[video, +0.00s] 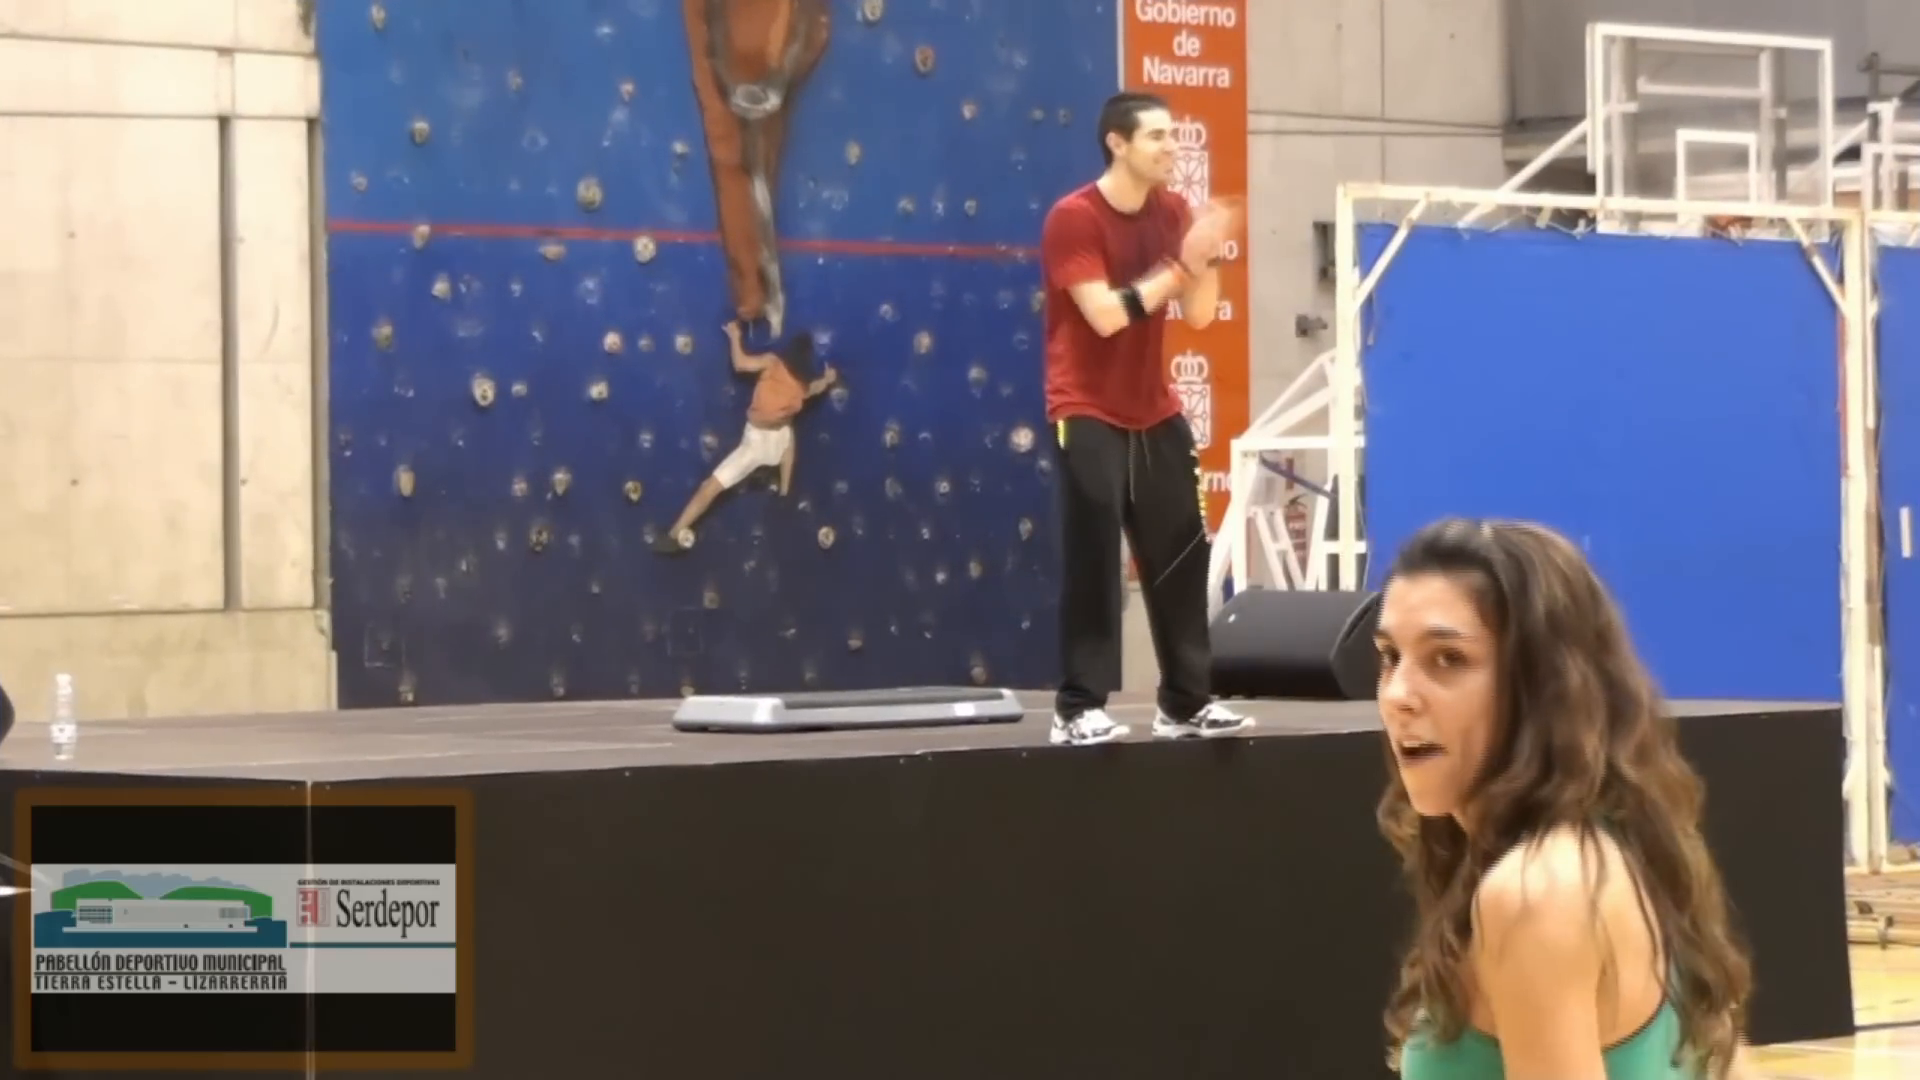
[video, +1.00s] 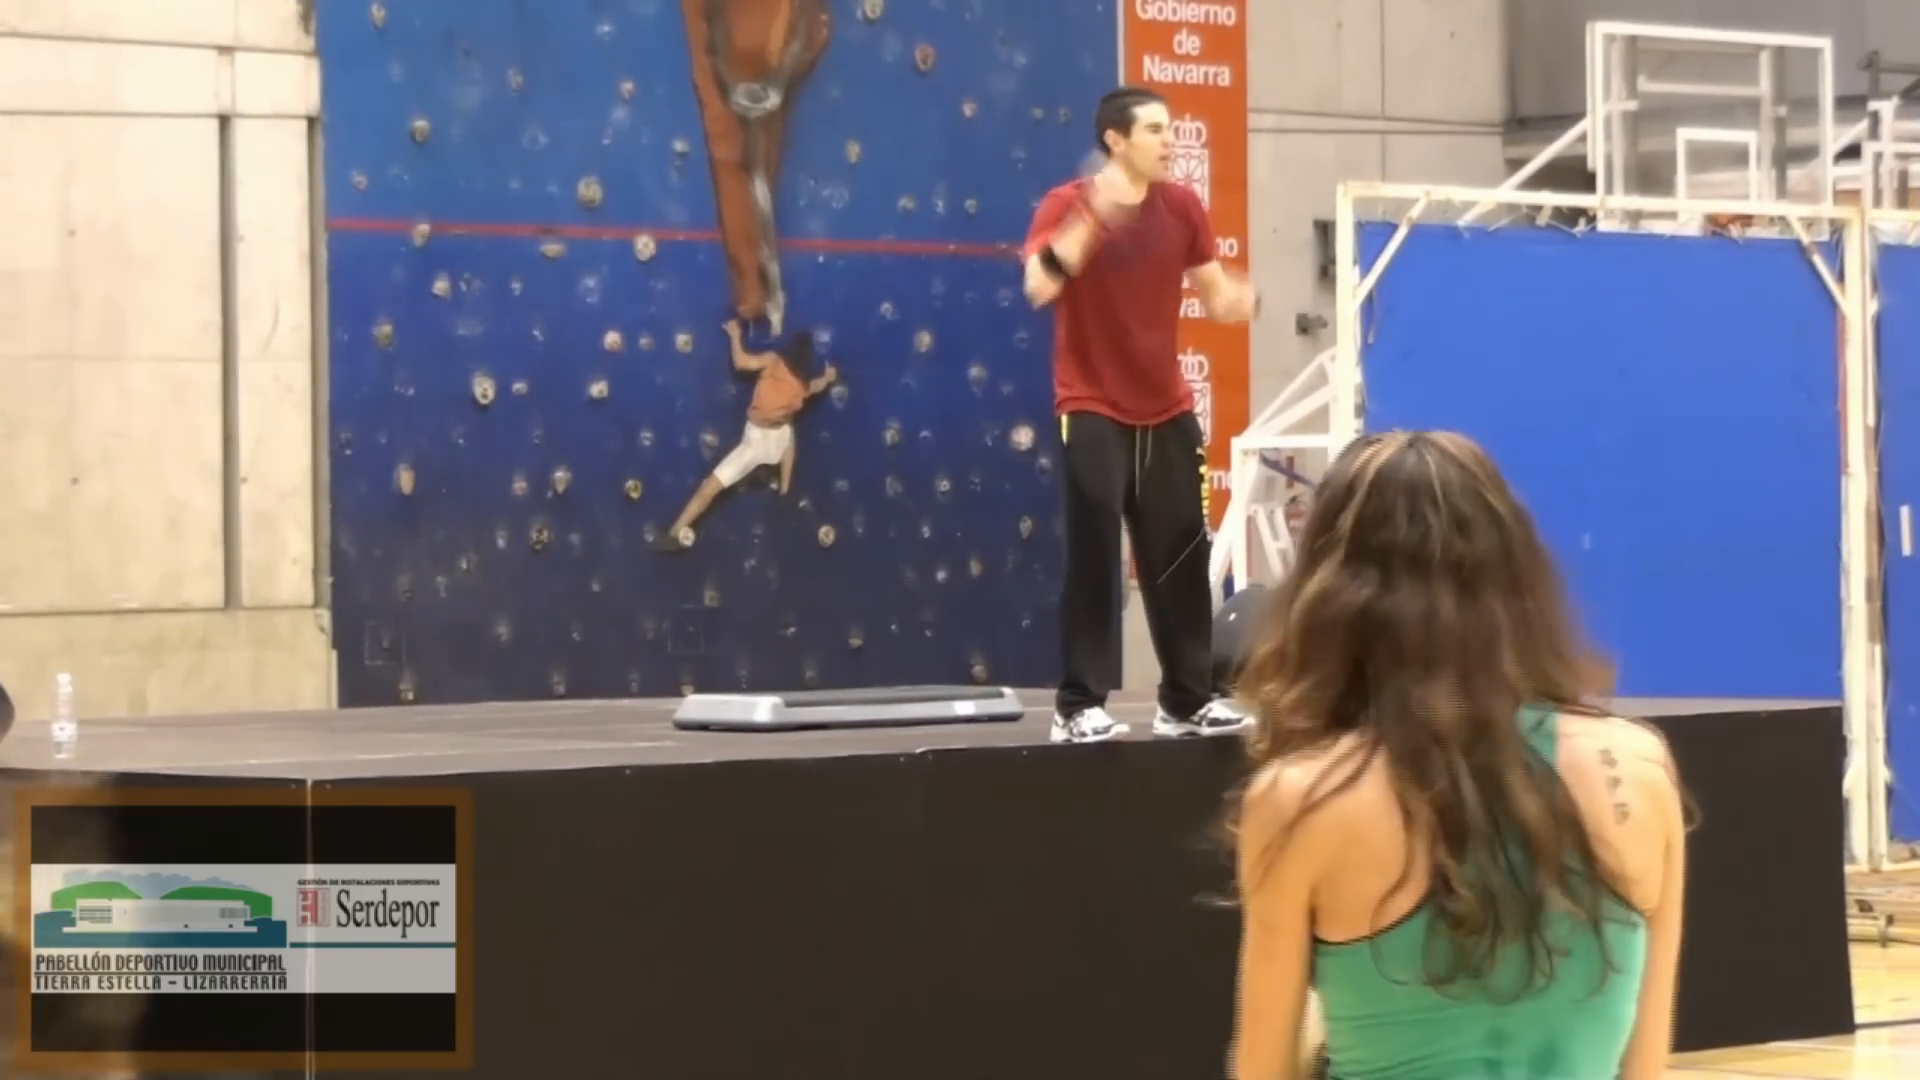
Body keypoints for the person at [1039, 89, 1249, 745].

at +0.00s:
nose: (1170, 147)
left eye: (1172, 136)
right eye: (1157, 136)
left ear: (1170, 144)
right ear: (1118, 143)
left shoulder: (1171, 214)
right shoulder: (1073, 217)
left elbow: (1198, 314)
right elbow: (1106, 316)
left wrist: (1206, 250)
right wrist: (1184, 264)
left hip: (1154, 406)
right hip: (1087, 408)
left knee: (1180, 550)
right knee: (1095, 551)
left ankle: (1187, 701)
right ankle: (1081, 705)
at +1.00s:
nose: (1168, 140)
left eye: (1169, 129)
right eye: (1154, 130)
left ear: (1166, 138)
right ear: (1115, 138)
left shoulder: (1181, 205)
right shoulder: (1069, 204)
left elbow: (1216, 288)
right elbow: (1038, 285)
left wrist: (1234, 299)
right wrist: (1093, 216)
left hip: (1166, 403)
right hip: (1092, 401)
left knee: (1181, 550)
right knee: (1096, 548)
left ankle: (1189, 699)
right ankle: (1082, 703)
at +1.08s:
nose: (1169, 140)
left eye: (1170, 129)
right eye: (1156, 129)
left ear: (1165, 138)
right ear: (1117, 137)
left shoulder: (1182, 205)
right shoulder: (1074, 196)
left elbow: (1204, 293)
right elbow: (1031, 236)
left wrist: (1225, 316)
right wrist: (1080, 169)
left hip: (1165, 401)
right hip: (1094, 399)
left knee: (1180, 552)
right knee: (1093, 547)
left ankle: (1187, 699)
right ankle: (1081, 703)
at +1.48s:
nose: (1177, 141)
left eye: (1177, 130)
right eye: (1164, 130)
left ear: (1169, 142)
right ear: (1124, 139)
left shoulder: (1183, 208)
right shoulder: (1077, 197)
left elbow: (1206, 286)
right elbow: (1016, 199)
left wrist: (1217, 301)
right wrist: (1093, 247)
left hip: (1163, 407)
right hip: (1094, 408)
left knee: (1180, 555)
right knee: (1093, 558)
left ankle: (1187, 699)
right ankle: (1080, 704)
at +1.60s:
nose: (1170, 143)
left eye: (1172, 132)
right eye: (1157, 132)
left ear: (1170, 139)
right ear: (1118, 137)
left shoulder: (1182, 204)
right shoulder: (1071, 202)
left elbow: (1251, 251)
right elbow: (1004, 242)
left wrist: (1264, 232)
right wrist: (1081, 287)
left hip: (1159, 403)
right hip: (1087, 405)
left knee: (1178, 550)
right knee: (1093, 551)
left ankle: (1188, 700)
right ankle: (1082, 704)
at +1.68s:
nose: (1167, 148)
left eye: (1171, 137)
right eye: (1155, 137)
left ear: (1168, 142)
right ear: (1115, 137)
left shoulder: (1183, 197)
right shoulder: (1065, 204)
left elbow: (1274, 211)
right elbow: (1000, 269)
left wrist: (1313, 161)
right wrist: (1075, 306)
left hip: (1158, 403)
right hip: (1085, 405)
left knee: (1176, 551)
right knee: (1090, 553)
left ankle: (1188, 701)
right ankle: (1081, 705)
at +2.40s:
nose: (1209, 145)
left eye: (1216, 135)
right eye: (1195, 133)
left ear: (1224, 147)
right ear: (1164, 145)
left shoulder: (1243, 213)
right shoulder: (1118, 217)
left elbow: (1326, 233)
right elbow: (1087, 307)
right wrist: (1078, 382)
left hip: (1218, 413)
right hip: (1139, 414)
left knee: (1231, 540)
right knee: (1130, 529)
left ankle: (1234, 665)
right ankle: (1116, 663)